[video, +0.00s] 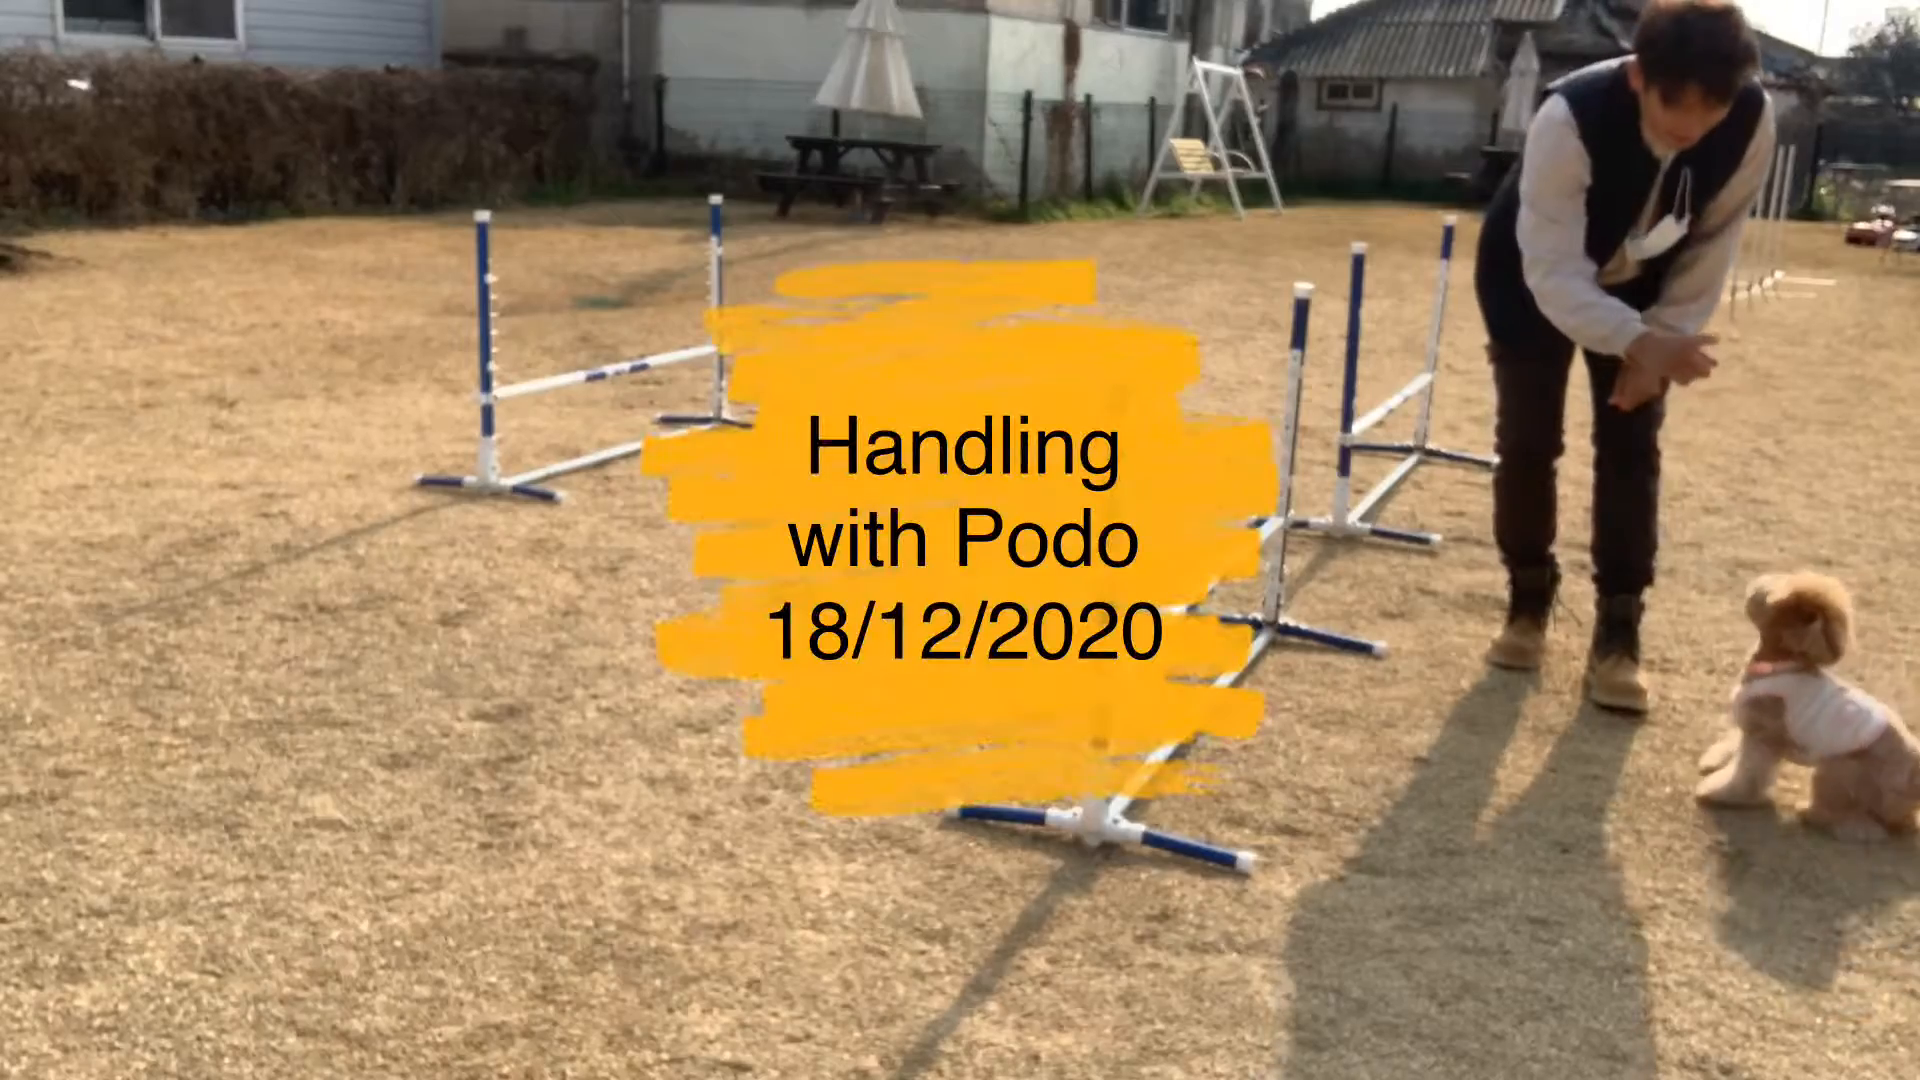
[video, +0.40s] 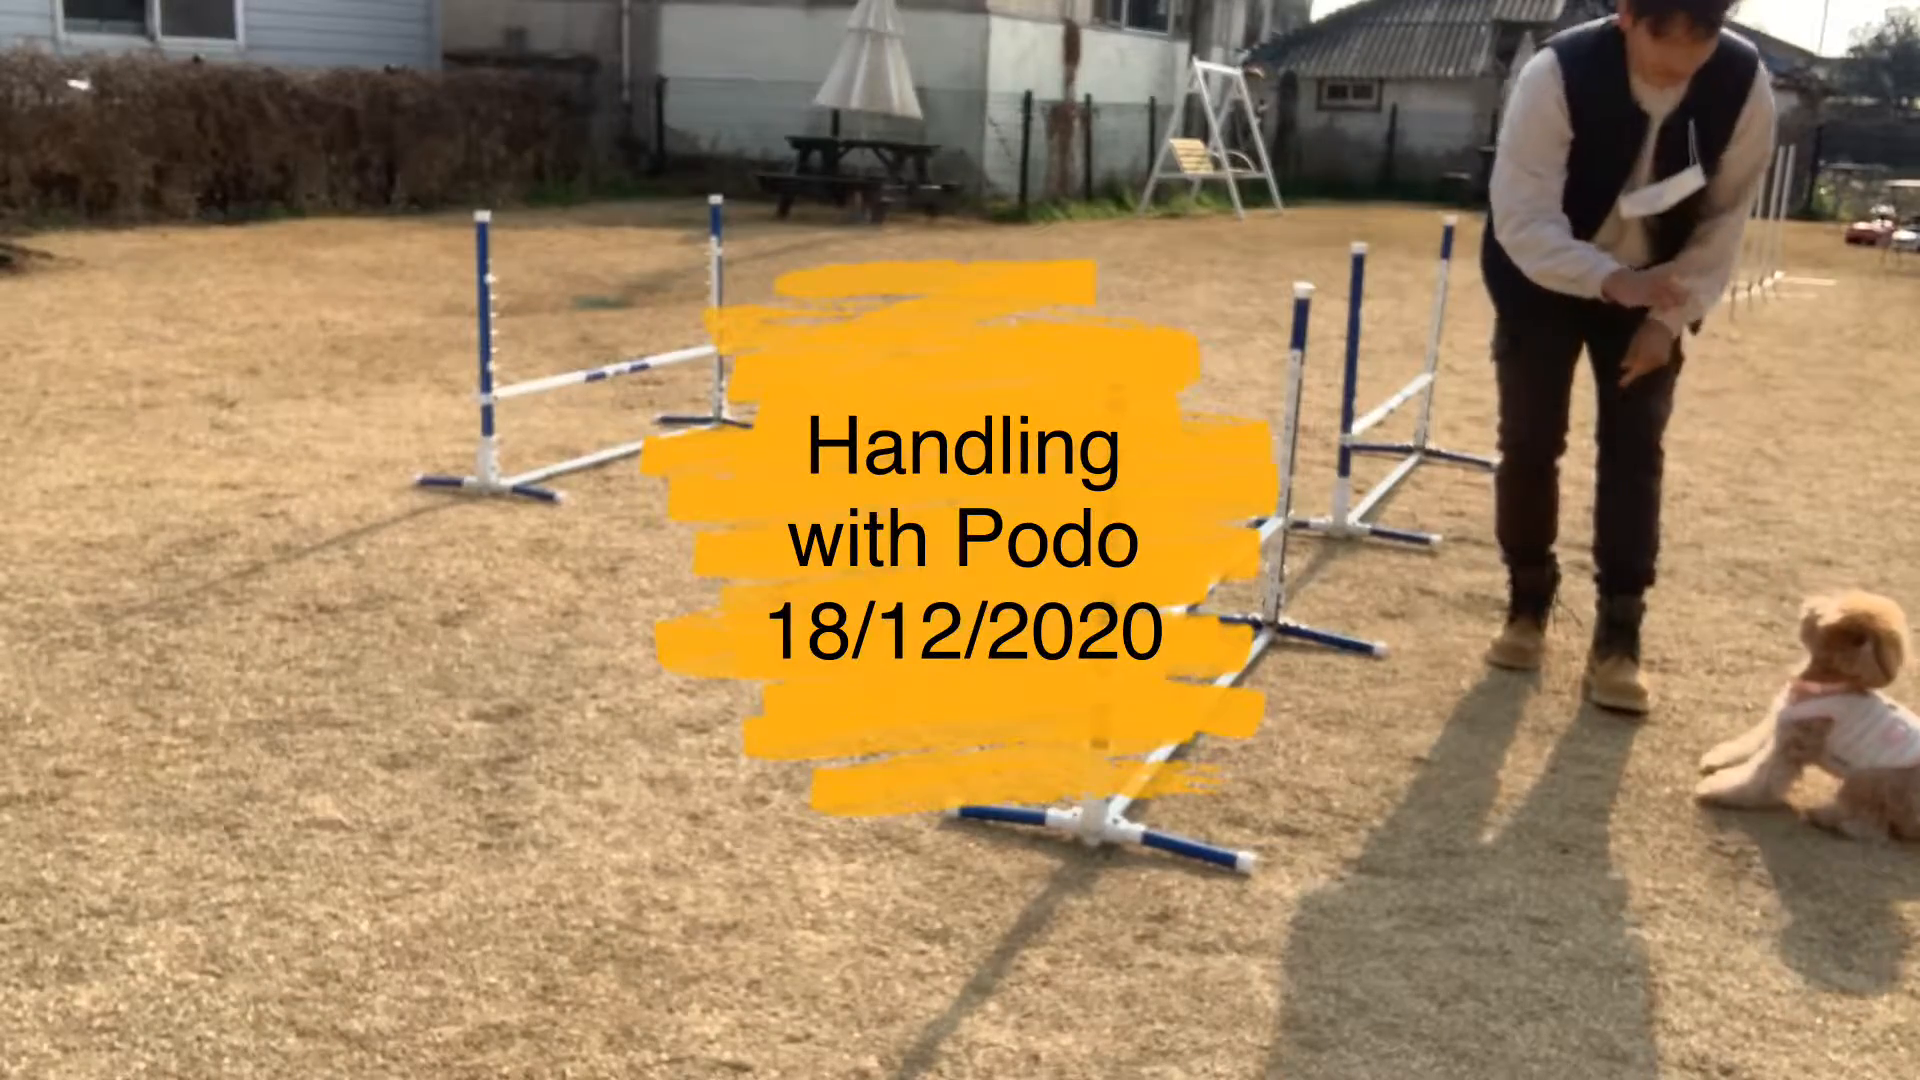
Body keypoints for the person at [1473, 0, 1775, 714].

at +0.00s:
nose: (1687, 136)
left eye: (1708, 122)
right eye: (1674, 118)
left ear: (1732, 97)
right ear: (1639, 79)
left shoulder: (1750, 122)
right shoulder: (1568, 119)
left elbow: (1714, 246)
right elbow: (1550, 270)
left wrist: (1659, 349)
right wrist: (1641, 340)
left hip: (1640, 288)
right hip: (1536, 278)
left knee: (1630, 450)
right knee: (1527, 443)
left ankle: (1618, 639)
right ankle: (1525, 608)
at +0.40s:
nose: (1675, 72)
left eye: (1695, 57)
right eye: (1662, 53)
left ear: (1716, 31)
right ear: (1625, 17)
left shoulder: (1743, 85)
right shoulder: (1554, 77)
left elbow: (1726, 217)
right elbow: (1522, 223)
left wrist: (1671, 319)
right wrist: (1612, 278)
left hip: (1651, 287)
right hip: (1542, 276)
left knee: (1635, 453)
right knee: (1529, 445)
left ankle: (1619, 641)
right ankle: (1525, 609)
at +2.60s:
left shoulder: (1110, 35)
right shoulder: (1089, 27)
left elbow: (1066, 156)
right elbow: (1070, 146)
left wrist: (971, 221)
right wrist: (1019, 223)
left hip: (1136, 225)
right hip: (1133, 219)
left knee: (1038, 358)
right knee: (1063, 349)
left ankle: (1042, 520)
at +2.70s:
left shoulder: (1094, 24)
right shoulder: (1055, 23)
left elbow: (1045, 135)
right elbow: (1035, 131)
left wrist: (941, 178)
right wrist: (977, 198)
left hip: (1121, 216)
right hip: (1085, 212)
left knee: (1035, 349)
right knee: (1012, 335)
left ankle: (1041, 517)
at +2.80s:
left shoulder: (1092, 31)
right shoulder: (1021, 30)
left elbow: (1052, 144)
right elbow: (1008, 139)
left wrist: (954, 166)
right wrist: (944, 191)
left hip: (1116, 216)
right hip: (1065, 215)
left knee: (1034, 344)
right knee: (1005, 341)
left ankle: (1038, 509)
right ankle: (989, 473)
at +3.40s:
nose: (1273, 36)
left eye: (1281, 23)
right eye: (1270, 19)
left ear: (1234, 8)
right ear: (1233, 5)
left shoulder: (1209, 48)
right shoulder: (1187, 71)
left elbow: (1235, 140)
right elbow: (1217, 206)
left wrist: (1263, 205)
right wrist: (1296, 298)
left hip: (1128, 225)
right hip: (1144, 236)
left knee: (1171, 360)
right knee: (1236, 347)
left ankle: (1103, 475)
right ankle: (1238, 511)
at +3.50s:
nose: (1330, 38)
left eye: (1339, 25)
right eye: (1329, 20)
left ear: (1281, 3)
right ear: (1292, 3)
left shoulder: (1226, 26)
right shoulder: (1247, 75)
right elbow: (1298, 201)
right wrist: (1384, 285)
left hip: (1136, 223)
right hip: (1181, 246)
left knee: (1181, 368)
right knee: (1265, 364)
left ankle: (1097, 482)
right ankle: (1305, 515)